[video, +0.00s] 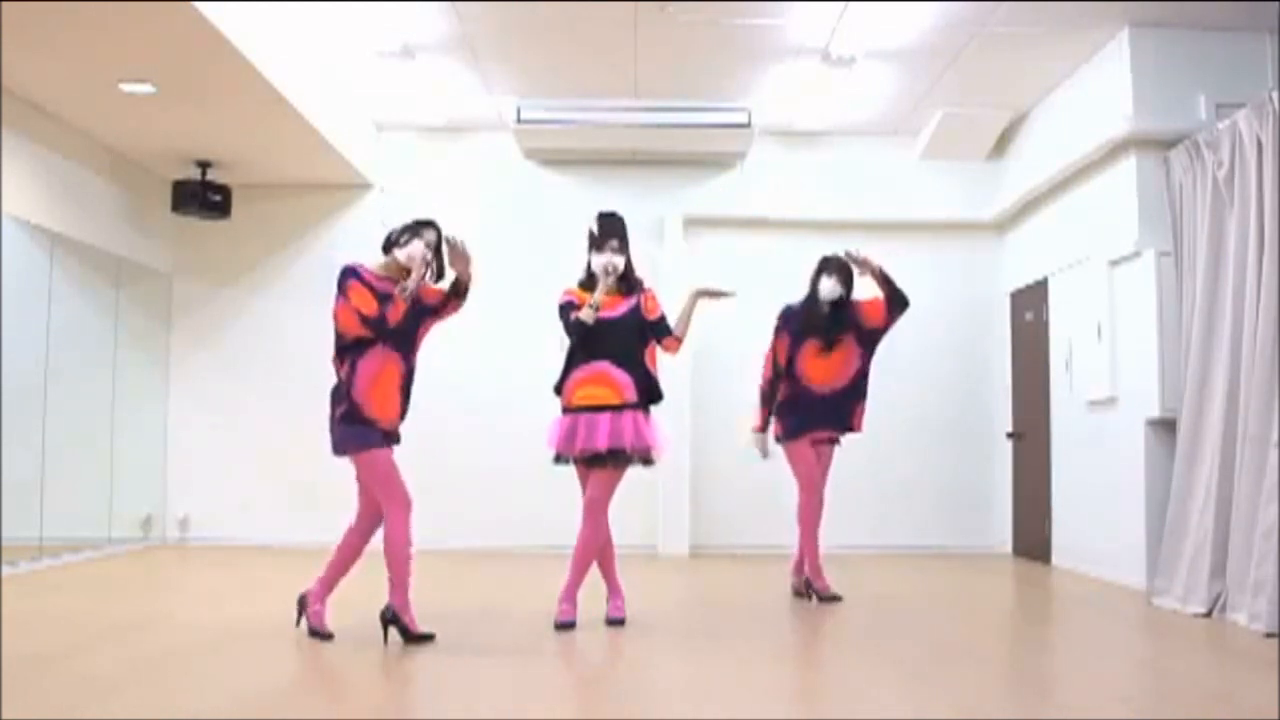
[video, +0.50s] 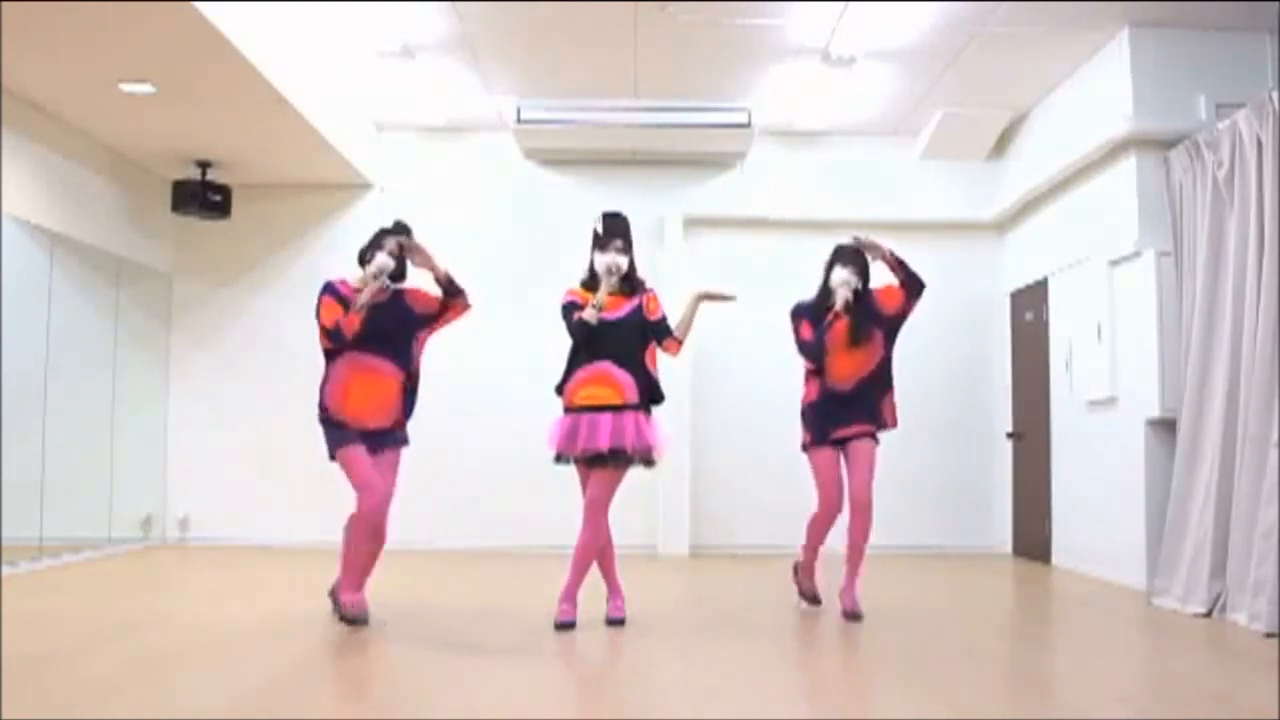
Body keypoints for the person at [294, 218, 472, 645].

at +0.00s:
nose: (425, 255)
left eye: (431, 253)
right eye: (422, 244)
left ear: (427, 264)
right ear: (398, 241)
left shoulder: (415, 297)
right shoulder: (355, 278)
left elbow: (449, 303)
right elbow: (375, 327)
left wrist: (462, 278)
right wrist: (409, 288)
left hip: (385, 417)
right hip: (354, 413)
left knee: (369, 515)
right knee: (397, 504)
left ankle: (316, 596)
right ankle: (400, 605)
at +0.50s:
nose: (389, 263)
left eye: (398, 257)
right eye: (383, 253)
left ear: (403, 267)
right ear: (366, 256)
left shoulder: (412, 307)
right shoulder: (339, 293)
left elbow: (459, 304)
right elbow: (334, 339)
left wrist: (430, 264)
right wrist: (364, 299)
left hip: (390, 423)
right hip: (343, 418)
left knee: (378, 511)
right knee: (373, 494)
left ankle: (355, 590)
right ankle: (347, 587)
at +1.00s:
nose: (374, 244)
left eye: (382, 238)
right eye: (368, 237)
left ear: (391, 247)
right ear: (356, 244)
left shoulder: (405, 293)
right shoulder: (333, 290)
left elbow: (444, 328)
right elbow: (289, 317)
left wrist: (419, 356)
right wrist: (307, 333)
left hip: (388, 408)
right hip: (340, 408)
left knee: (379, 498)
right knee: (344, 500)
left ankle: (376, 586)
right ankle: (349, 587)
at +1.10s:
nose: (372, 242)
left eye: (380, 237)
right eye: (367, 236)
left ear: (391, 246)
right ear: (355, 243)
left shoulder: (404, 293)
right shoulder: (332, 291)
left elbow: (432, 338)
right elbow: (303, 332)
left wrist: (431, 385)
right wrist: (292, 372)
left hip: (388, 407)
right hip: (340, 406)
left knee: (380, 493)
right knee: (344, 495)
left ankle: (375, 587)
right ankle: (347, 586)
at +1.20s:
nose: (370, 246)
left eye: (378, 241)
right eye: (364, 239)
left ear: (388, 249)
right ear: (354, 245)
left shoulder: (401, 298)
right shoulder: (333, 295)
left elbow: (413, 354)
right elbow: (315, 352)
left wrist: (425, 407)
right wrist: (302, 401)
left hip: (387, 408)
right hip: (339, 407)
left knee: (381, 495)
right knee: (344, 497)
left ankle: (376, 587)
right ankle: (348, 588)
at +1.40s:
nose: (366, 248)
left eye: (374, 242)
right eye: (360, 241)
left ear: (385, 249)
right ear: (351, 246)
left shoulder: (399, 297)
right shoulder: (332, 294)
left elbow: (405, 356)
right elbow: (326, 351)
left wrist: (405, 406)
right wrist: (324, 401)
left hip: (385, 403)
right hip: (339, 402)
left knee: (377, 494)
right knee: (344, 495)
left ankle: (373, 585)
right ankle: (347, 584)